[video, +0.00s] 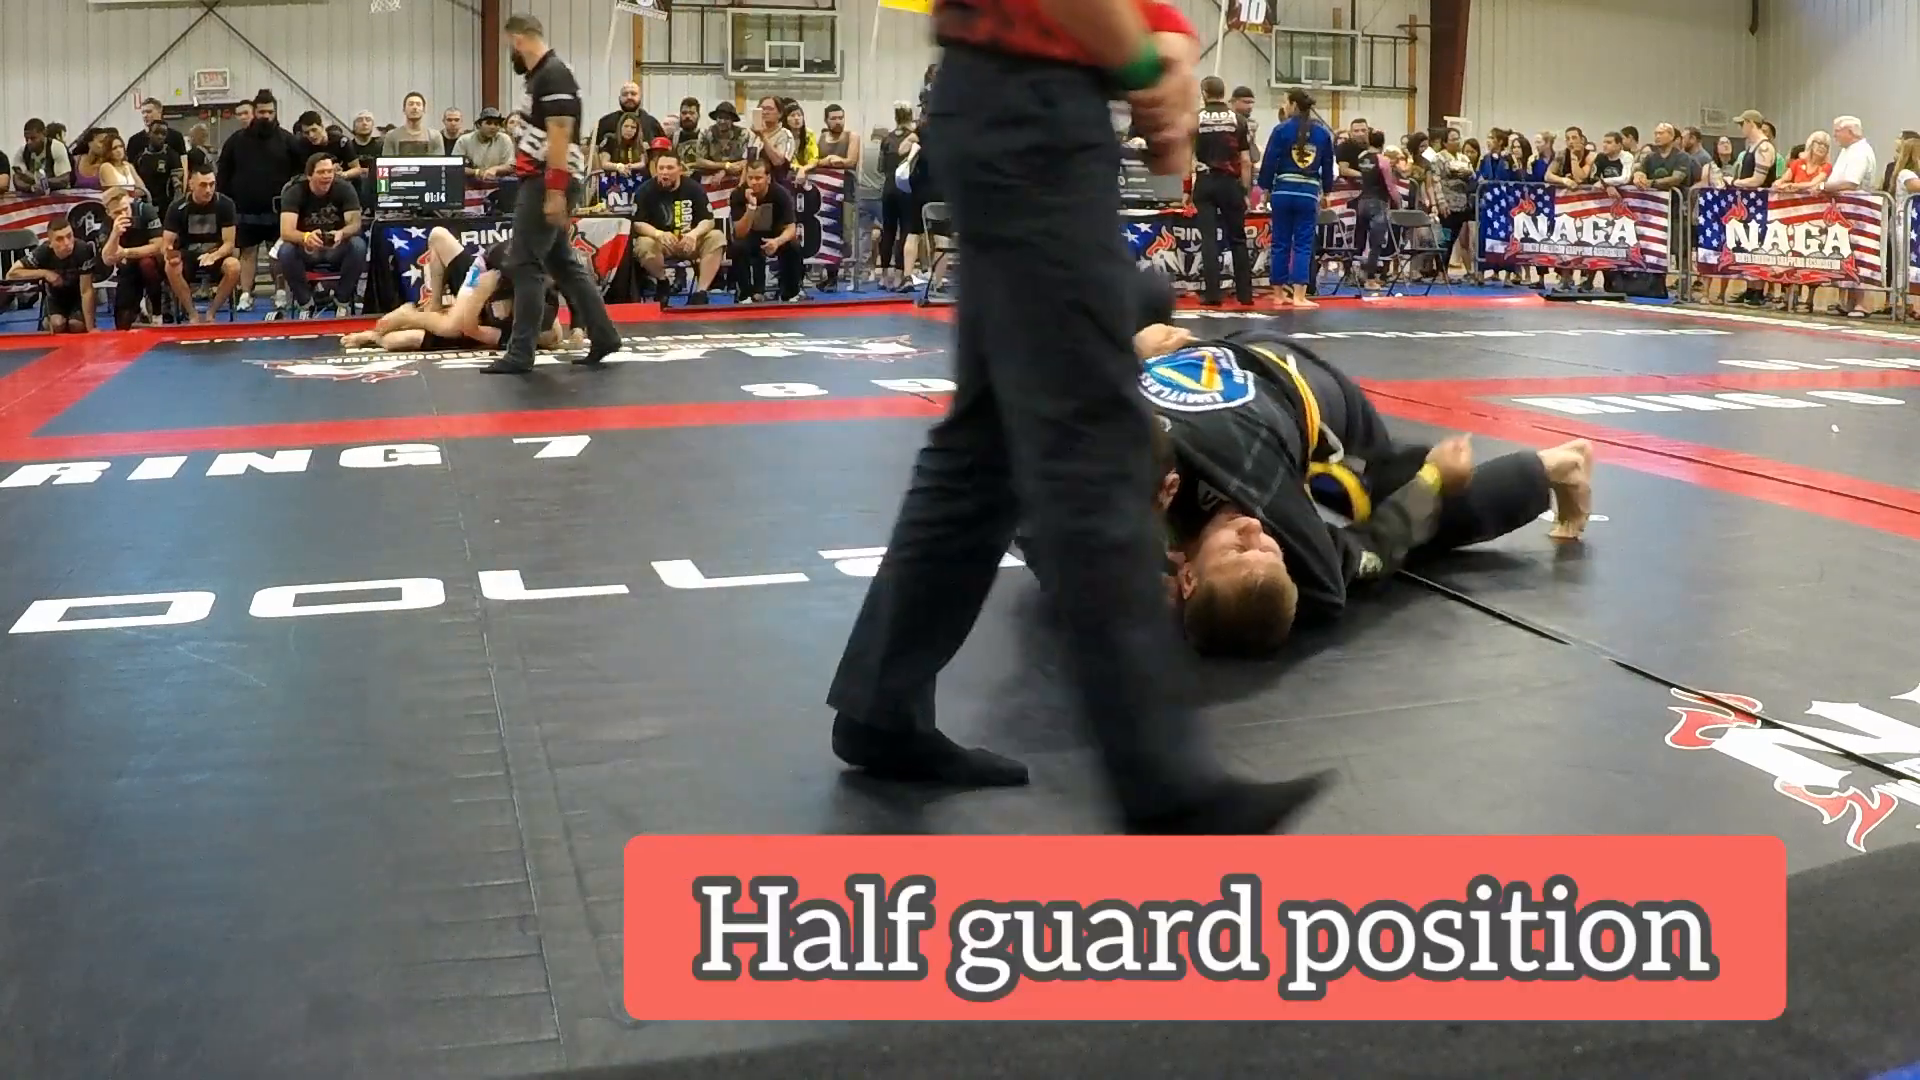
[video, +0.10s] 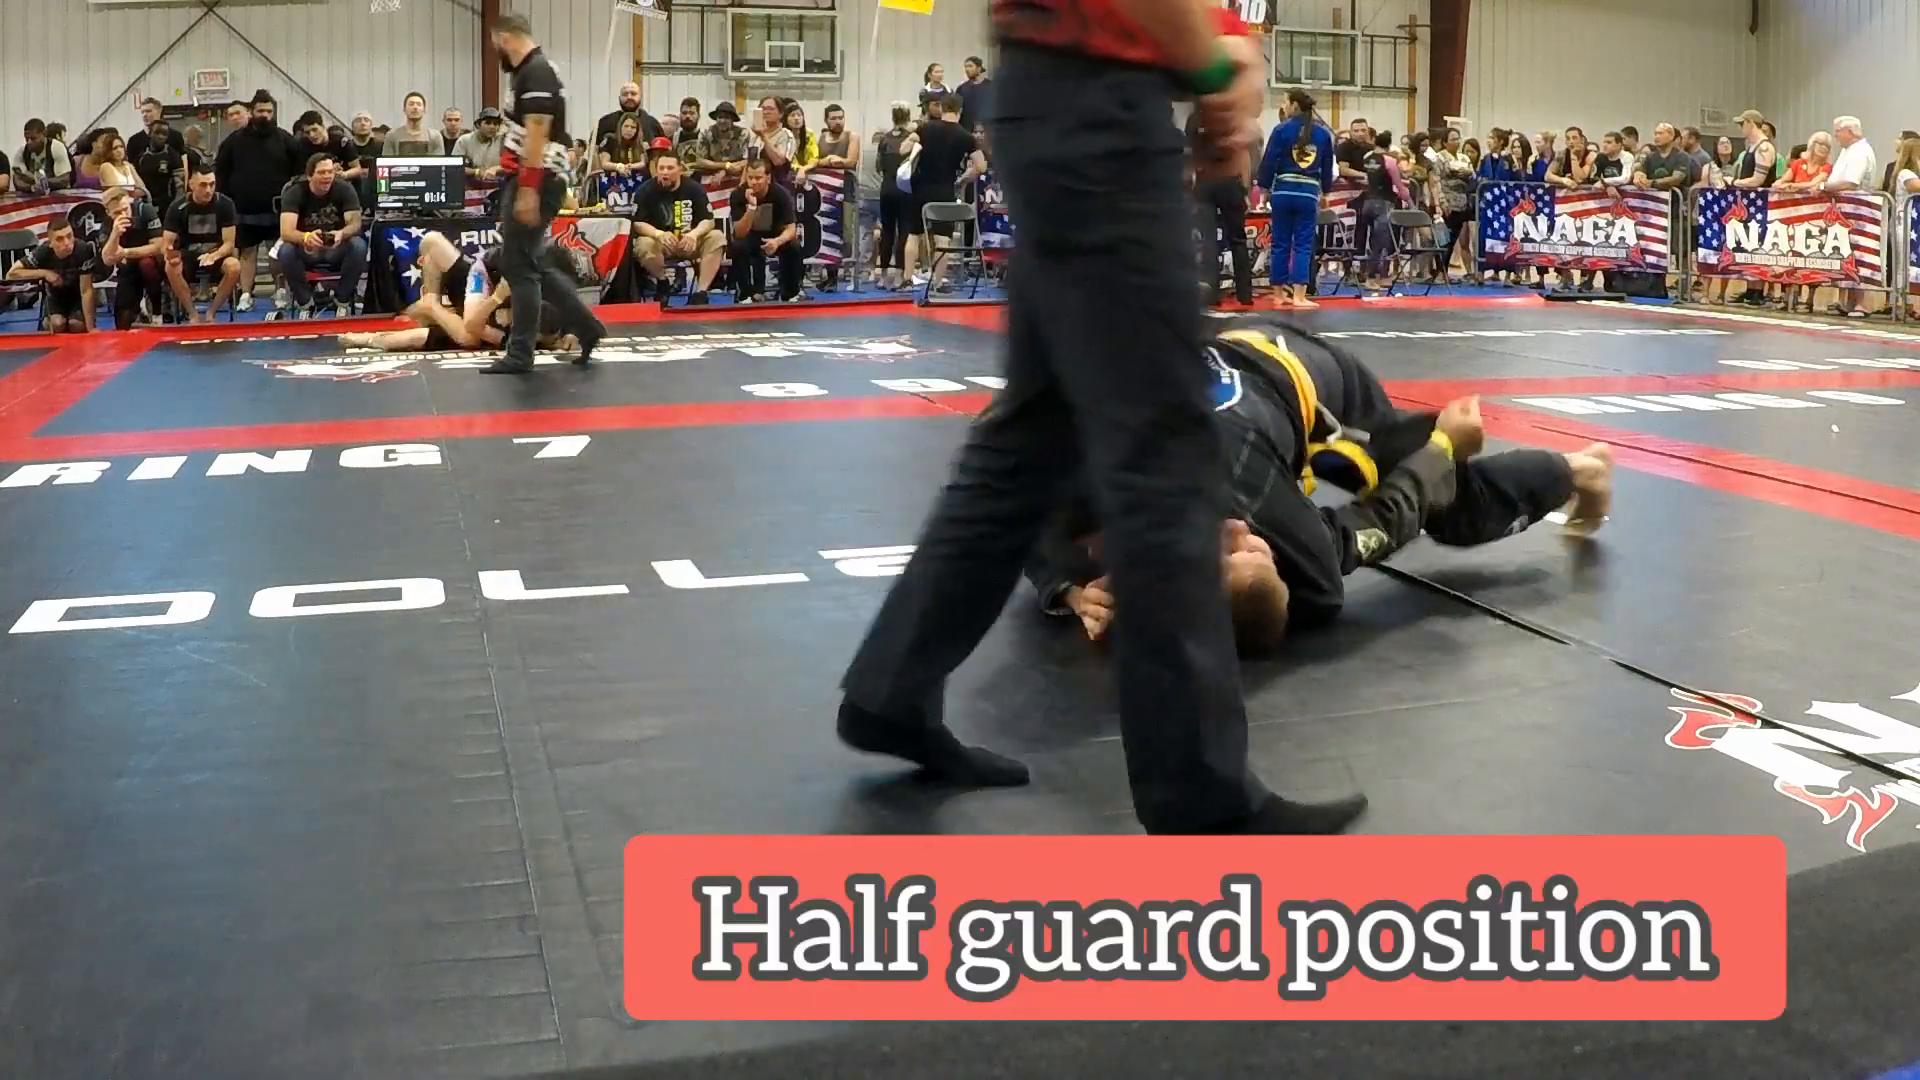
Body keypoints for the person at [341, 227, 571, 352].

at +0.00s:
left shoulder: (548, 291)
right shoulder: (499, 273)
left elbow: (553, 338)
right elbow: (468, 326)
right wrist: (507, 340)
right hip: (479, 278)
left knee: (403, 339)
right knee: (449, 327)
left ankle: (373, 339)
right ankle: (407, 315)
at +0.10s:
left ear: (539, 279)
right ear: (503, 275)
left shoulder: (540, 296)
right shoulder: (485, 269)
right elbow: (472, 330)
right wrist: (495, 299)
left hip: (490, 332)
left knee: (411, 339)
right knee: (432, 240)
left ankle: (370, 341)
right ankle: (428, 303)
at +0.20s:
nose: (549, 293)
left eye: (555, 287)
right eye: (546, 285)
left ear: (562, 288)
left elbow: (476, 341)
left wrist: (446, 308)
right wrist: (498, 304)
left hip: (476, 328)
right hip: (474, 293)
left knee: (419, 339)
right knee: (417, 253)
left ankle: (375, 342)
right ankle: (426, 314)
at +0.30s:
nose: (559, 290)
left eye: (562, 285)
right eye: (554, 284)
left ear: (563, 280)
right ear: (538, 277)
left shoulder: (551, 301)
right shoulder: (512, 284)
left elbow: (564, 335)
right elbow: (474, 333)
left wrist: (564, 339)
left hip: (477, 319)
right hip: (469, 286)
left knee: (433, 335)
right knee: (416, 252)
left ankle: (372, 343)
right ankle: (427, 310)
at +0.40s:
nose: (557, 290)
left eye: (562, 284)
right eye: (553, 283)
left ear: (565, 279)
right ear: (537, 275)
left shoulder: (550, 303)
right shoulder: (511, 279)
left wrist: (554, 338)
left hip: (478, 324)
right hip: (467, 291)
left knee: (436, 339)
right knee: (410, 256)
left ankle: (370, 339)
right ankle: (426, 315)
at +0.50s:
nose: (564, 290)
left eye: (568, 284)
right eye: (561, 283)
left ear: (568, 277)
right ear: (544, 274)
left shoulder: (542, 314)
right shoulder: (524, 283)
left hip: (475, 324)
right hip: (466, 291)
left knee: (439, 338)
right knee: (410, 253)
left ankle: (364, 344)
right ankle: (424, 314)